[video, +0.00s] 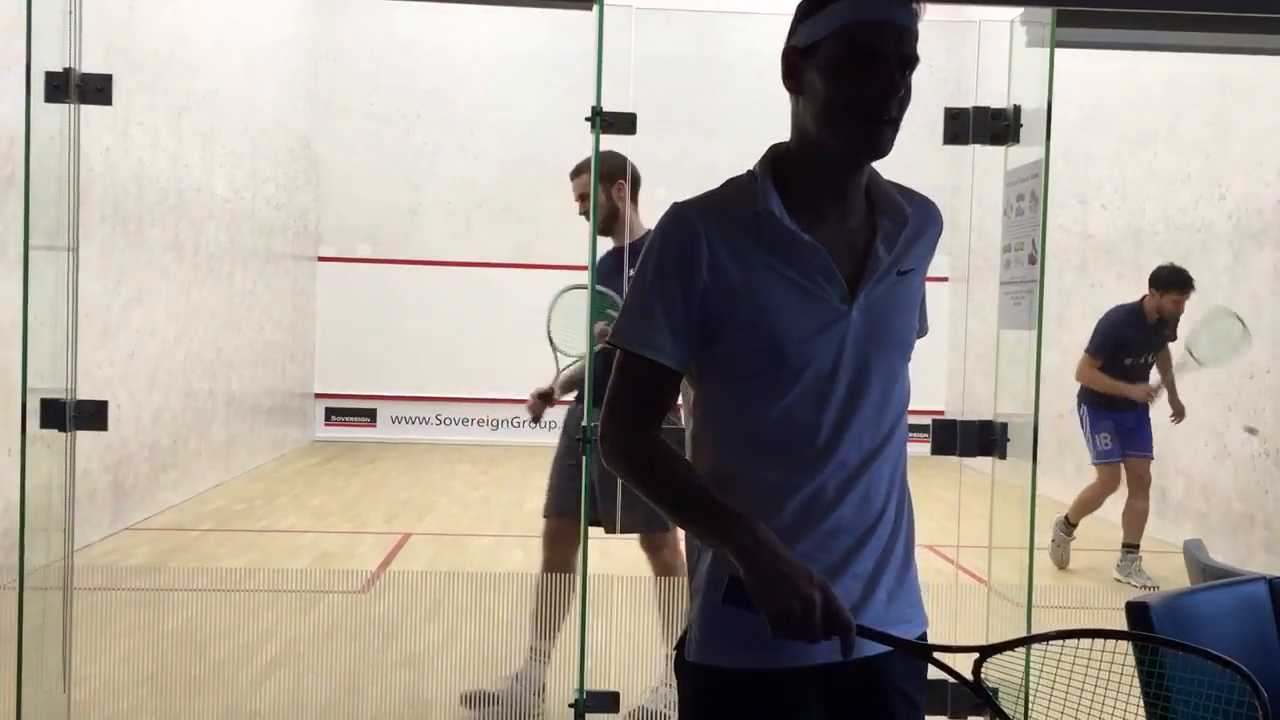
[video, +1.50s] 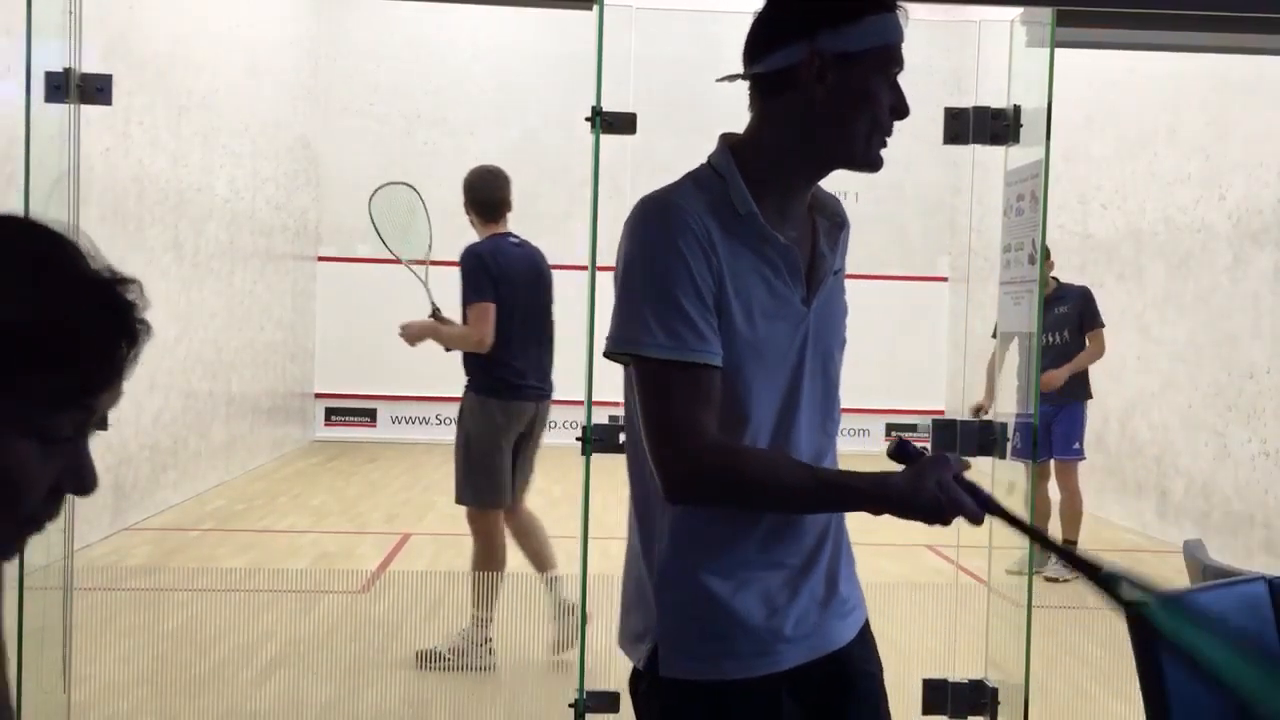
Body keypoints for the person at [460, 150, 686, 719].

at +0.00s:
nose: (583, 211)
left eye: (589, 197)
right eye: (577, 201)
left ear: (623, 189)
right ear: (585, 201)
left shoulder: (665, 258)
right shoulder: (604, 269)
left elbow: (688, 342)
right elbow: (602, 349)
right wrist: (555, 387)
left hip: (650, 420)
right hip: (591, 416)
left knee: (661, 543)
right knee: (559, 534)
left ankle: (677, 679)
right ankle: (531, 682)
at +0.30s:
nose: (600, 210)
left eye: (602, 198)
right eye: (600, 198)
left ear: (620, 193)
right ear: (640, 190)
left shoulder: (656, 250)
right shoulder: (641, 249)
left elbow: (654, 333)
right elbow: (640, 335)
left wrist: (586, 318)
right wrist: (609, 390)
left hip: (659, 415)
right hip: (624, 409)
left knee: (660, 536)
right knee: (601, 518)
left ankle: (684, 670)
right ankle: (592, 657)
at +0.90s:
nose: (581, 209)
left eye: (581, 200)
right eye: (591, 198)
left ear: (586, 204)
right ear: (627, 203)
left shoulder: (595, 254)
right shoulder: (653, 255)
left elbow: (595, 341)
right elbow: (639, 343)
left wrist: (540, 320)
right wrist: (559, 328)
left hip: (612, 418)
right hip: (660, 417)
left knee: (579, 533)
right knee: (652, 530)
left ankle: (639, 654)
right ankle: (662, 655)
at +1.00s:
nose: (567, 217)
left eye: (565, 209)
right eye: (578, 207)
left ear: (568, 210)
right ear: (612, 207)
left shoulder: (581, 255)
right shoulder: (642, 260)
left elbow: (587, 336)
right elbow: (637, 343)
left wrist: (530, 323)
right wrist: (565, 339)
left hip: (599, 414)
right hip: (654, 412)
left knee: (548, 523)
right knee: (641, 524)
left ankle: (590, 650)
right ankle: (656, 650)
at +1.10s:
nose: (545, 221)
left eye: (544, 214)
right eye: (553, 213)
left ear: (548, 215)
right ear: (591, 211)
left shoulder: (566, 260)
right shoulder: (617, 261)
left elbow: (577, 340)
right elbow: (639, 333)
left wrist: (517, 331)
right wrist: (560, 349)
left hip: (581, 415)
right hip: (633, 414)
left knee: (530, 518)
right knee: (632, 525)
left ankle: (528, 643)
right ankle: (655, 647)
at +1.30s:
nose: (504, 221)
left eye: (503, 214)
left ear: (505, 217)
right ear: (547, 213)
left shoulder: (522, 267)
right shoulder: (574, 265)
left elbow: (537, 347)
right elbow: (591, 344)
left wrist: (476, 347)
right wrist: (514, 351)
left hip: (532, 415)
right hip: (574, 416)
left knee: (504, 521)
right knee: (590, 523)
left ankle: (477, 641)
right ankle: (634, 641)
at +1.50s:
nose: (468, 212)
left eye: (466, 205)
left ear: (467, 207)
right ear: (510, 204)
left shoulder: (479, 256)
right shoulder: (534, 257)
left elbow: (479, 339)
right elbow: (529, 333)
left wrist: (430, 329)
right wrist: (453, 326)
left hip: (492, 402)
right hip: (534, 402)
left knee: (485, 517)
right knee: (513, 507)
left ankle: (478, 638)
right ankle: (562, 600)